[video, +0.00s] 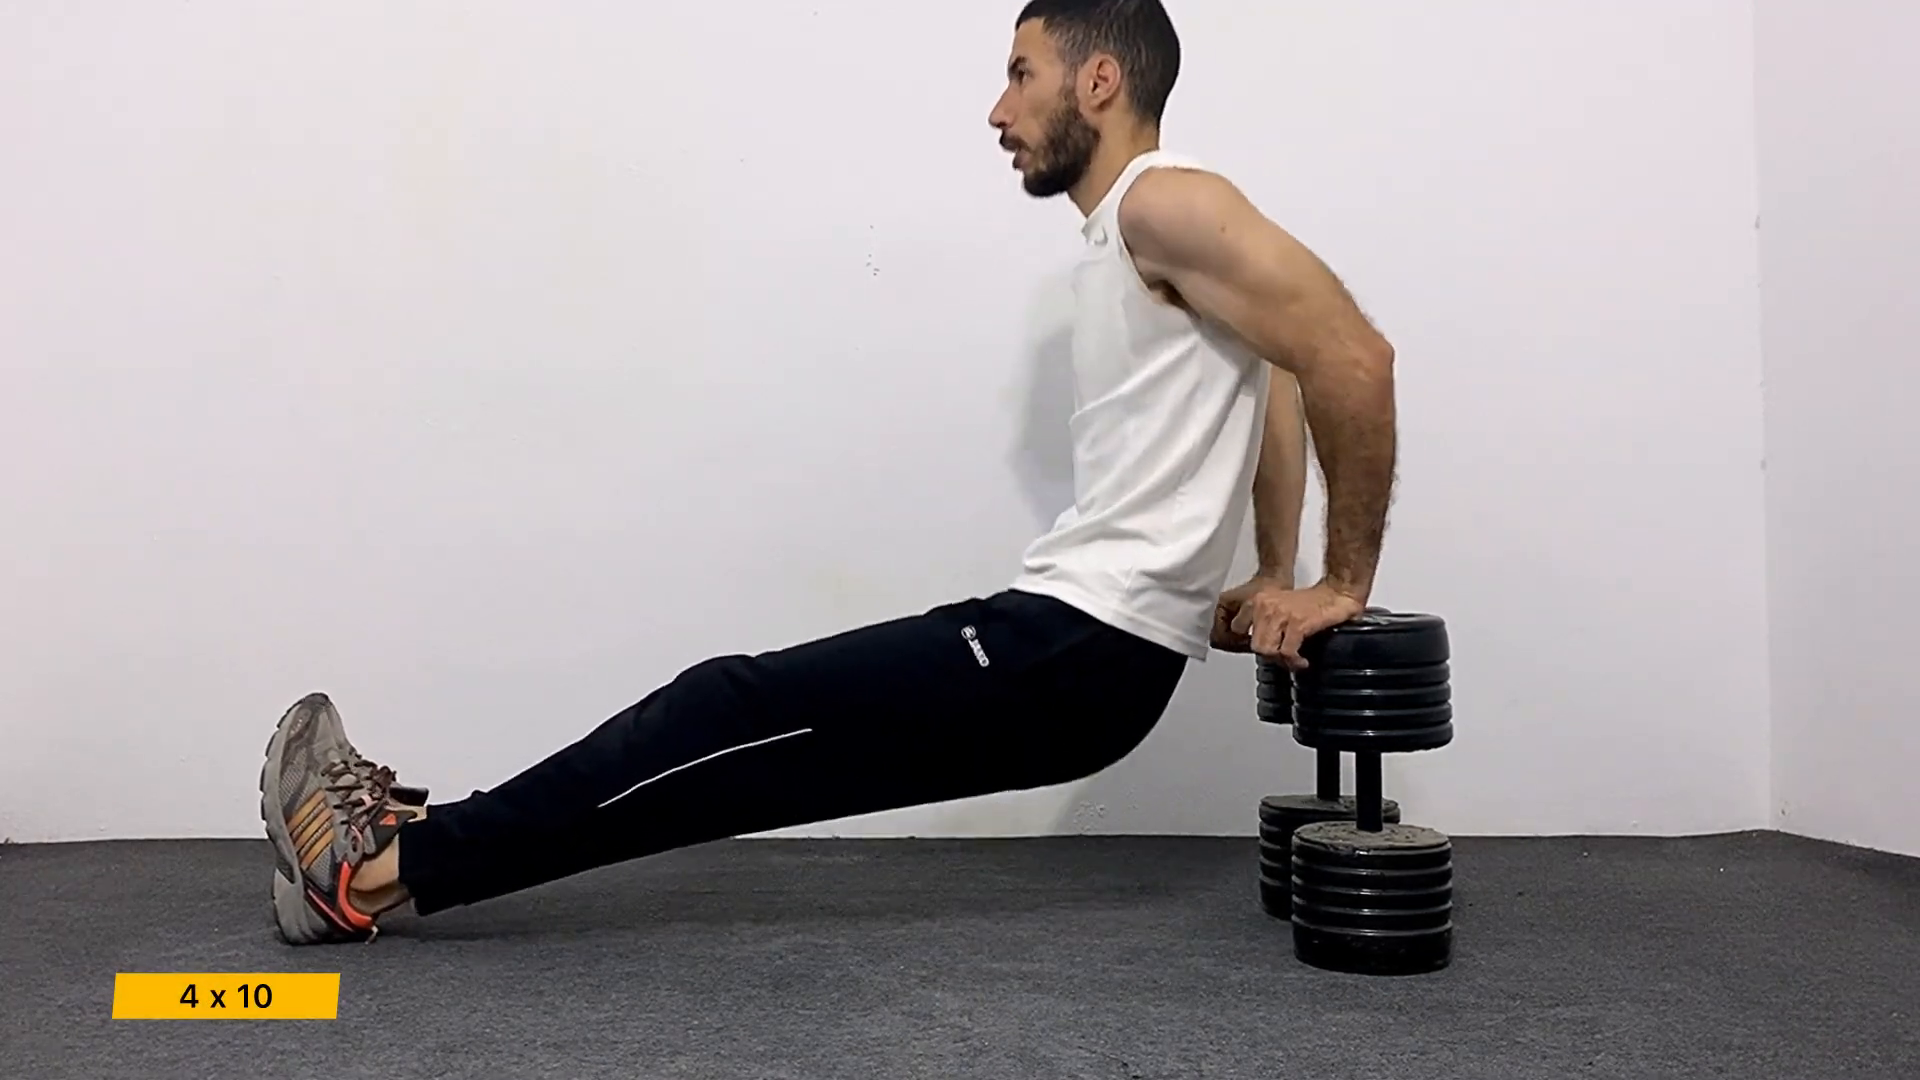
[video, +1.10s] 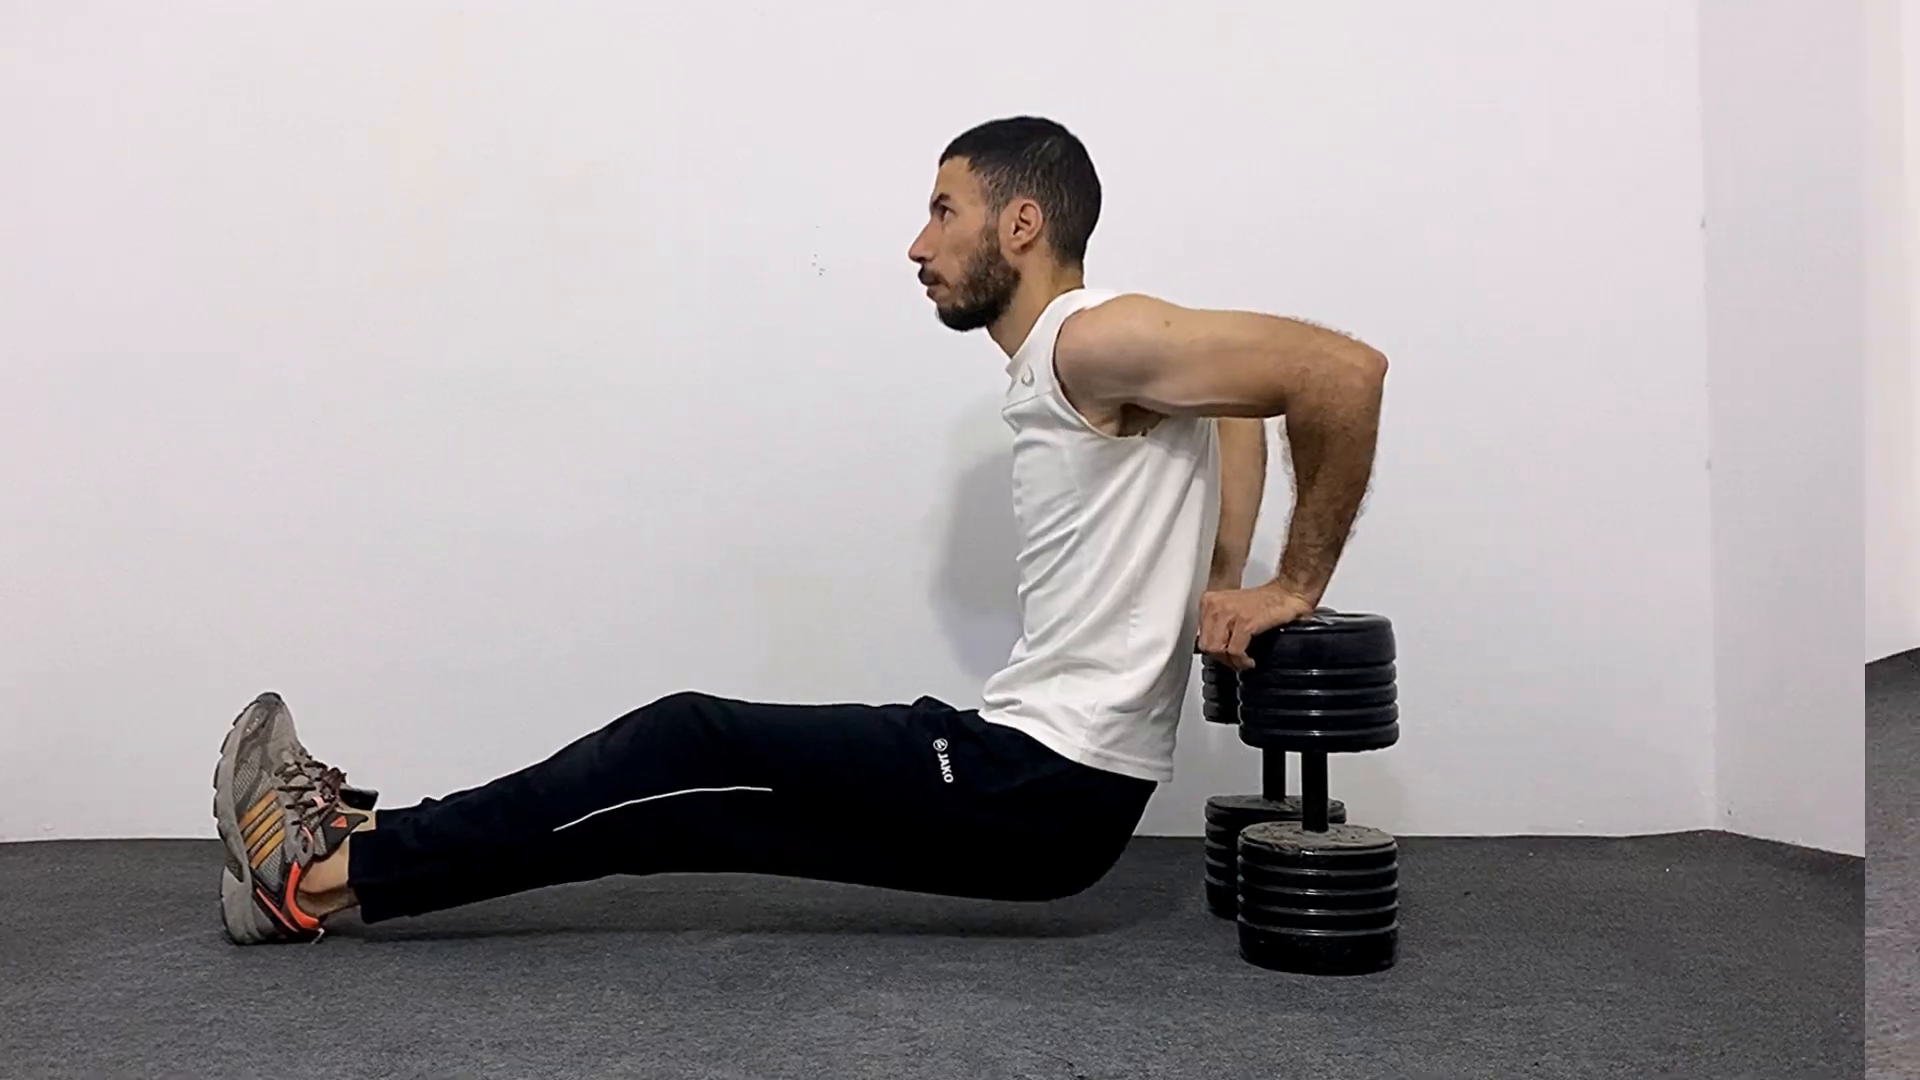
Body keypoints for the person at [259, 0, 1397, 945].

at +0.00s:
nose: (1000, 104)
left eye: (1023, 74)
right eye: (1006, 76)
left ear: (1102, 83)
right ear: (1095, 90)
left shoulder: (1172, 207)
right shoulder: (1144, 231)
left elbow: (1355, 358)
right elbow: (1276, 400)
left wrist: (1351, 585)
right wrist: (1269, 580)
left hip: (1084, 647)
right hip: (1071, 636)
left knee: (723, 724)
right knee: (724, 715)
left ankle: (390, 875)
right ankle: (416, 849)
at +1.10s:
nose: (919, 245)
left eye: (943, 213)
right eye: (927, 216)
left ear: (1029, 224)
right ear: (1030, 226)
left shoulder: (1090, 342)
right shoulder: (1073, 347)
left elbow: (1345, 377)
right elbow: (1241, 391)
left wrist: (1299, 587)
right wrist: (1225, 575)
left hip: (1046, 778)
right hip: (1028, 763)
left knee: (686, 738)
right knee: (681, 788)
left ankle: (337, 872)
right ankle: (364, 852)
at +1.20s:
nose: (777, 261)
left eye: (798, 229)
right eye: (784, 232)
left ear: (882, 238)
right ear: (888, 240)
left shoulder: (947, 354)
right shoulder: (936, 359)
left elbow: (1204, 378)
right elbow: (1103, 395)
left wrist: (1161, 591)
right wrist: (1089, 573)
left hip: (906, 792)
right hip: (900, 786)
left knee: (547, 742)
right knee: (536, 800)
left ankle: (194, 876)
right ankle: (228, 850)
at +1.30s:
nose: (498, 268)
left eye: (522, 234)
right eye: (508, 236)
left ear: (606, 249)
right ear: (606, 251)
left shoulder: (672, 367)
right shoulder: (648, 372)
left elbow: (930, 378)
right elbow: (830, 390)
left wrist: (891, 587)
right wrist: (821, 575)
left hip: (640, 804)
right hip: (616, 781)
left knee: (269, 754)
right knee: (262, 772)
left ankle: (11, 855)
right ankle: (18, 860)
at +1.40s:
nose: (44, 266)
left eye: (69, 232)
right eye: (56, 233)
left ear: (147, 244)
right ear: (148, 247)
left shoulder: (223, 362)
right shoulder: (196, 367)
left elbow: (476, 374)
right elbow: (373, 395)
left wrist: (437, 586)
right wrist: (361, 574)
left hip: (196, 798)